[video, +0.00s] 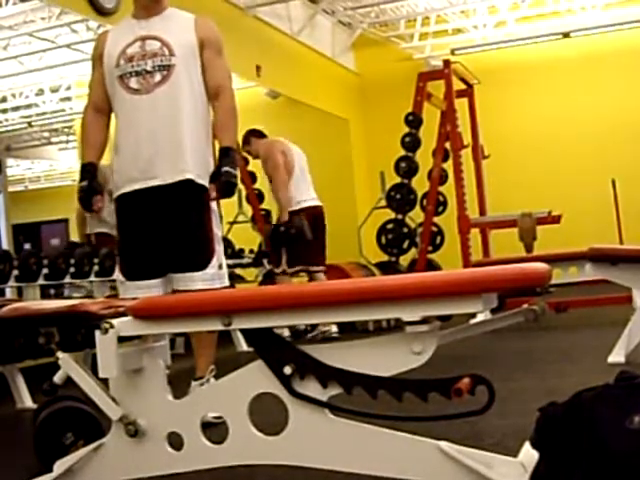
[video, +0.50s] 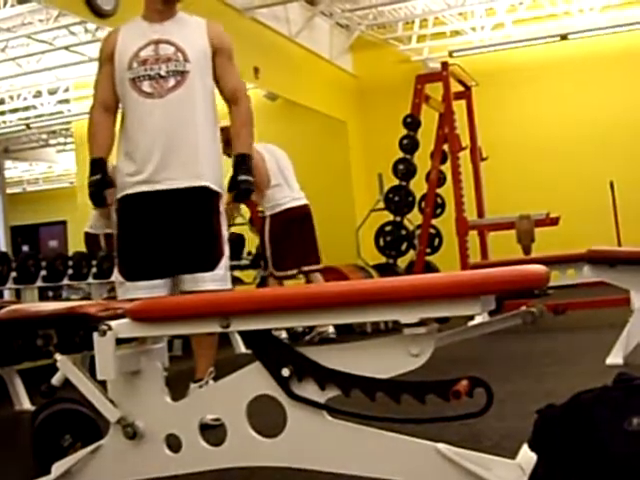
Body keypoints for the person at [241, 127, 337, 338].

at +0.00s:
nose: (252, 155)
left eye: (249, 151)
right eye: (249, 153)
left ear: (252, 141)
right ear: (261, 135)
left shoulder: (269, 147)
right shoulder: (291, 147)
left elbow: (279, 177)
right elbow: (302, 179)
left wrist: (283, 212)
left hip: (295, 212)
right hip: (314, 208)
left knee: (282, 272)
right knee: (317, 269)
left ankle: (287, 321)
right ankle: (327, 320)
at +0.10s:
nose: (247, 156)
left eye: (244, 152)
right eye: (245, 153)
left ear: (246, 143)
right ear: (259, 136)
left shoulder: (260, 148)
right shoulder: (287, 147)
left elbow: (271, 185)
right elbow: (297, 181)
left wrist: (268, 223)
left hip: (290, 212)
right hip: (312, 207)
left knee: (282, 272)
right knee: (319, 270)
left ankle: (283, 324)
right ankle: (328, 321)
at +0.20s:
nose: (241, 156)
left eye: (239, 151)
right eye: (239, 153)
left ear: (243, 144)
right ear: (255, 137)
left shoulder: (255, 150)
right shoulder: (285, 148)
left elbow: (263, 189)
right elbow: (296, 181)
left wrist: (258, 223)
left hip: (287, 213)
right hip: (310, 208)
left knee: (279, 273)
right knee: (318, 271)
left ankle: (281, 325)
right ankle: (327, 321)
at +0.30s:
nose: (231, 148)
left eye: (231, 144)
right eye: (226, 144)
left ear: (240, 139)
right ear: (252, 134)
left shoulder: (251, 149)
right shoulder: (280, 147)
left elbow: (255, 192)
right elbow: (289, 181)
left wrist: (244, 219)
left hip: (282, 212)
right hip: (306, 206)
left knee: (277, 274)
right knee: (314, 269)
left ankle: (280, 325)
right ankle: (326, 321)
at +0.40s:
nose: (228, 146)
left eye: (228, 141)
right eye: (226, 142)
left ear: (238, 136)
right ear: (249, 133)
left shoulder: (250, 150)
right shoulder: (278, 148)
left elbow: (259, 184)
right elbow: (289, 177)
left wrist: (253, 197)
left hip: (279, 211)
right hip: (303, 205)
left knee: (276, 276)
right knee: (312, 270)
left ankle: (278, 325)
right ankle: (325, 322)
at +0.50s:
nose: (225, 152)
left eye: (225, 146)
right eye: (223, 147)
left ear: (234, 142)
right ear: (246, 136)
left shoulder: (250, 153)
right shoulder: (275, 149)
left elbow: (261, 184)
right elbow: (288, 178)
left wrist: (250, 199)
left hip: (277, 211)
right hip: (300, 205)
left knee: (275, 275)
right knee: (311, 269)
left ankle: (277, 325)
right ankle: (325, 321)